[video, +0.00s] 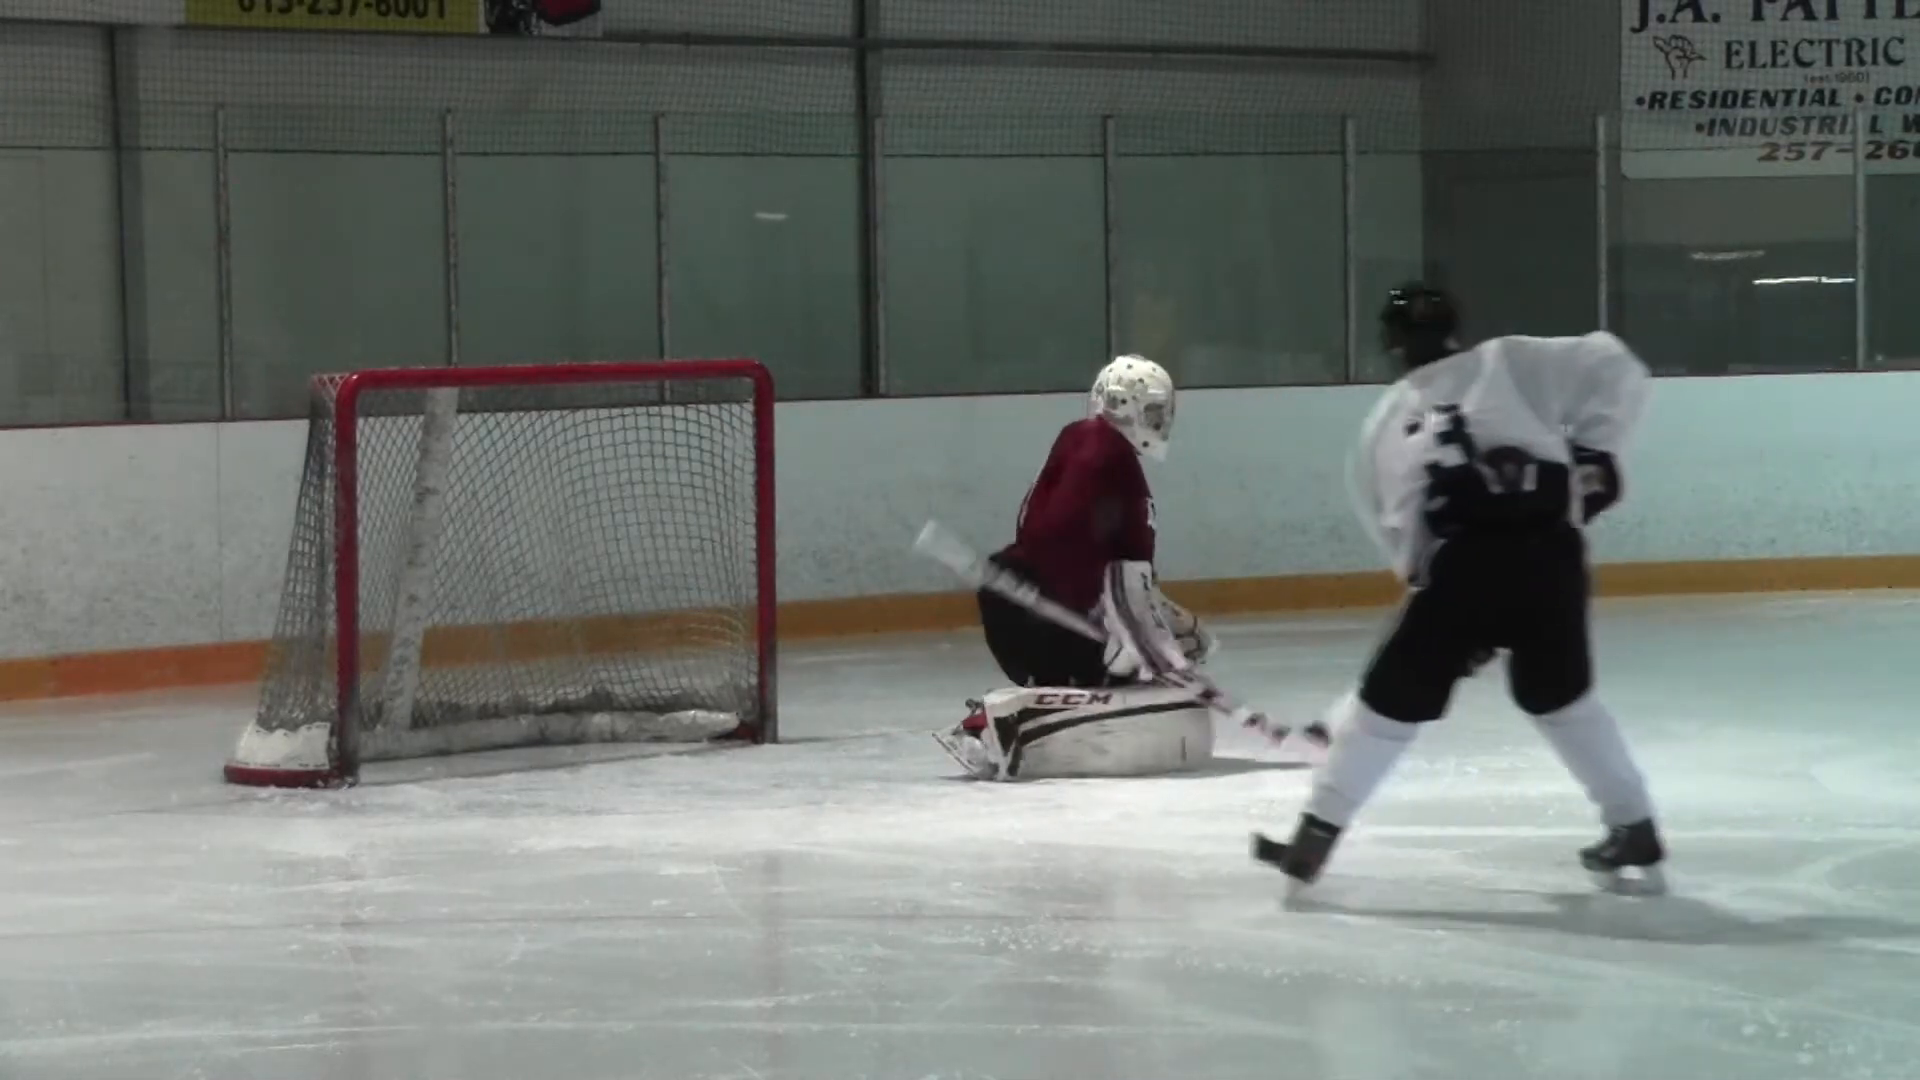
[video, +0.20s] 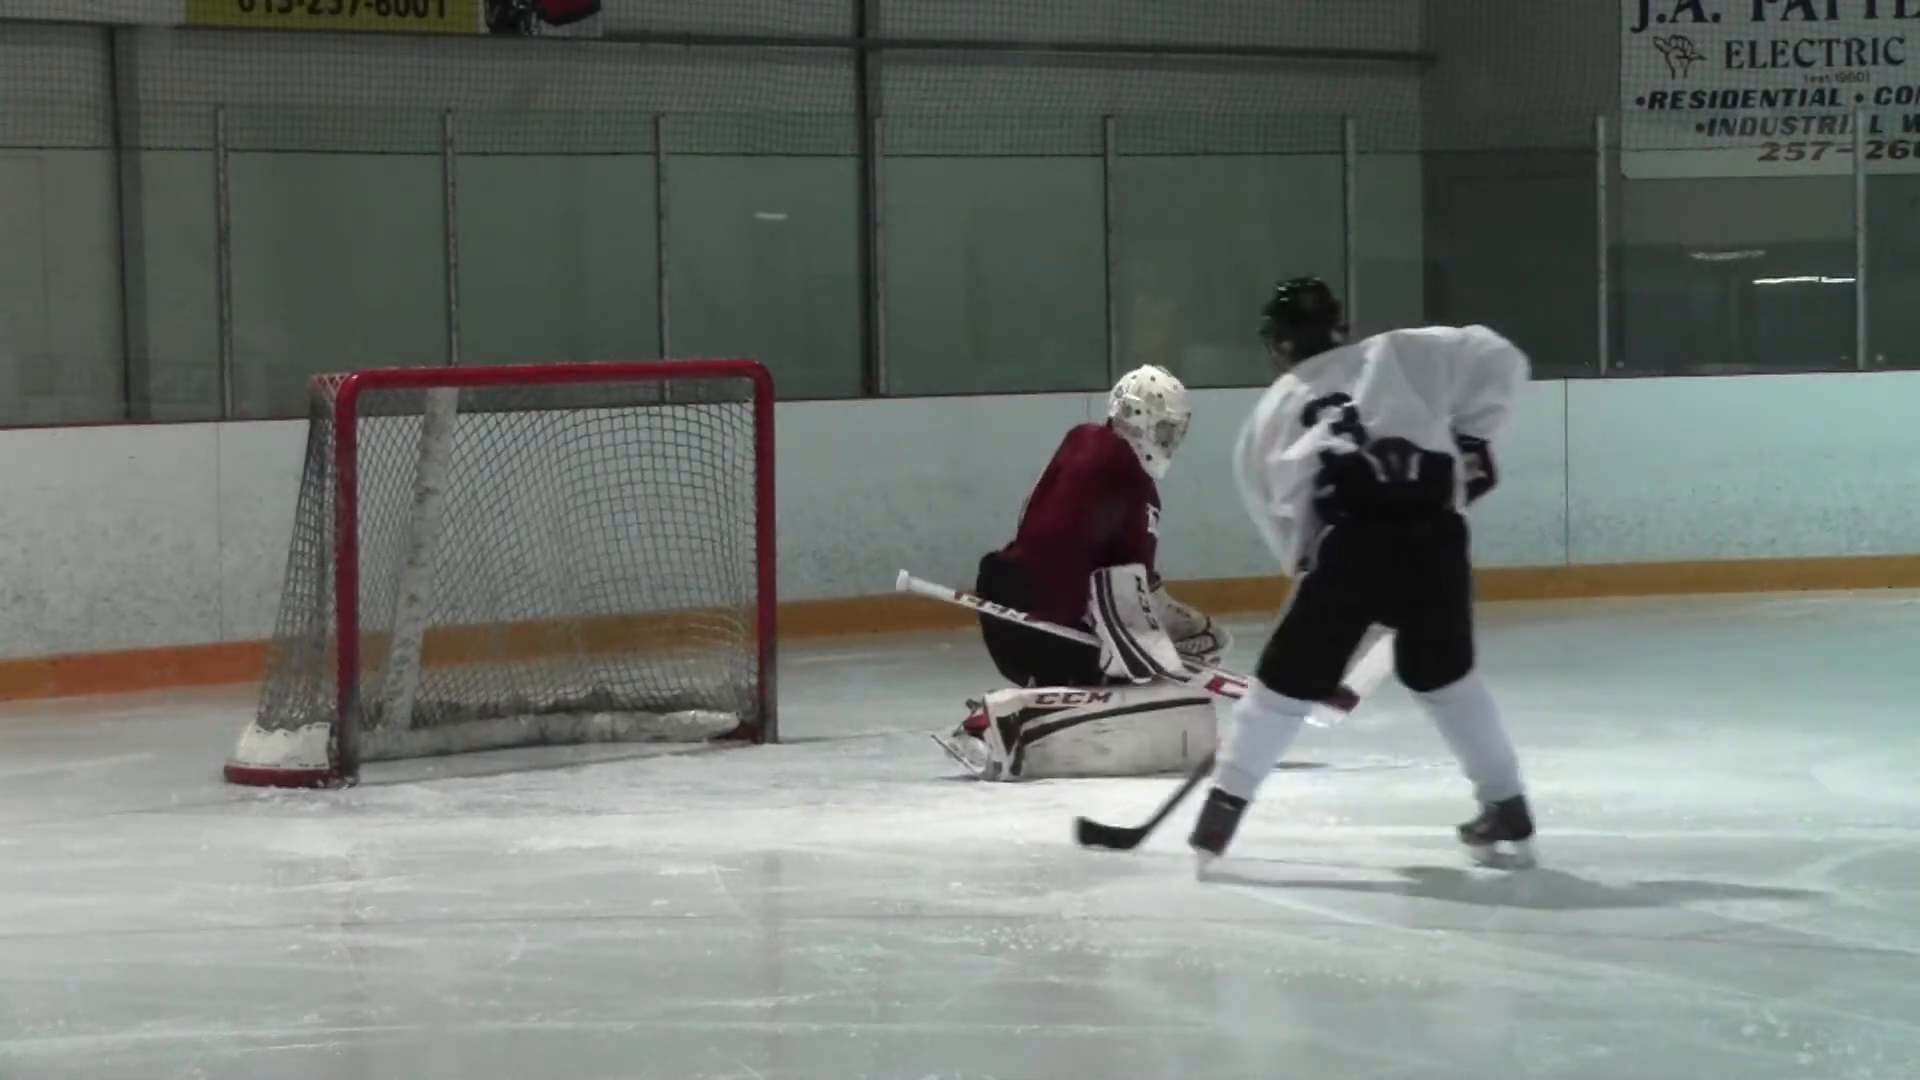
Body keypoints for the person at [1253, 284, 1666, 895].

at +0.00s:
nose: (1392, 349)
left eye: (1392, 340)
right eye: (1398, 339)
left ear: (1395, 345)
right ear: (1451, 331)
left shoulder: (1386, 423)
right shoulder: (1510, 360)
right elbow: (1613, 363)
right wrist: (1598, 450)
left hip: (1464, 573)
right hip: (1551, 559)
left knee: (1390, 702)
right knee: (1558, 693)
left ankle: (1312, 839)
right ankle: (1635, 829)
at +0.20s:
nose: (1275, 352)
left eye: (1275, 343)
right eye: (1275, 341)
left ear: (1282, 346)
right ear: (1342, 330)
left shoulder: (1268, 419)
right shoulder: (1399, 351)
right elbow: (1499, 357)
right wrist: (1477, 443)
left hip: (1351, 552)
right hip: (1436, 545)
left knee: (1284, 681)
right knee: (1444, 672)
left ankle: (1222, 809)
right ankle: (1507, 806)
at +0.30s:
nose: (1232, 349)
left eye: (1232, 340)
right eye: (1234, 339)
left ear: (1238, 344)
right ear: (1298, 328)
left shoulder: (1218, 421)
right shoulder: (1355, 349)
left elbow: (1238, 531)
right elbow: (1452, 361)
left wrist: (1264, 589)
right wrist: (1424, 444)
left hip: (1305, 543)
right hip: (1391, 534)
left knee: (1241, 676)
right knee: (1392, 670)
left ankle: (1186, 795)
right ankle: (1457, 795)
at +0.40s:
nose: (1196, 346)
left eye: (1196, 337)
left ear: (1199, 340)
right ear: (1259, 326)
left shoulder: (1183, 409)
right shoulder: (1311, 350)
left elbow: (1190, 514)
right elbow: (1411, 366)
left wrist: (1214, 575)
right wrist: (1379, 445)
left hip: (1266, 538)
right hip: (1350, 531)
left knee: (1204, 668)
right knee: (1360, 663)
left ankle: (1149, 784)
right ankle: (1413, 791)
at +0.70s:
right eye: (1257, 326)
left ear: (1200, 340)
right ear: (1257, 325)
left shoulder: (1178, 409)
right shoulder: (1285, 341)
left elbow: (1185, 491)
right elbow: (1356, 320)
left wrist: (1201, 557)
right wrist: (1358, 400)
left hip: (1217, 550)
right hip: (1299, 543)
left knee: (1154, 668)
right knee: (1340, 649)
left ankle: (1096, 770)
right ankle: (1364, 764)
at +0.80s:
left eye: (1241, 340)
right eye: (1289, 324)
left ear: (1237, 340)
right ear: (1290, 324)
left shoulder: (1220, 405)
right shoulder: (1316, 341)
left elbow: (1209, 487)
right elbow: (1376, 321)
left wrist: (1216, 546)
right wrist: (1381, 403)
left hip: (1237, 546)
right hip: (1310, 537)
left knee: (1189, 657)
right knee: (1369, 640)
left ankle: (1125, 761)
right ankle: (1392, 756)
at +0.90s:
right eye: (1336, 312)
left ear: (1283, 330)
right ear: (1335, 313)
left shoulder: (1266, 387)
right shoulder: (1358, 333)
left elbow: (1242, 479)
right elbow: (1419, 316)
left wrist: (1245, 550)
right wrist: (1423, 401)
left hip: (1276, 530)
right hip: (1345, 523)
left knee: (1244, 646)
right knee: (1407, 632)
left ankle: (1192, 747)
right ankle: (1421, 746)